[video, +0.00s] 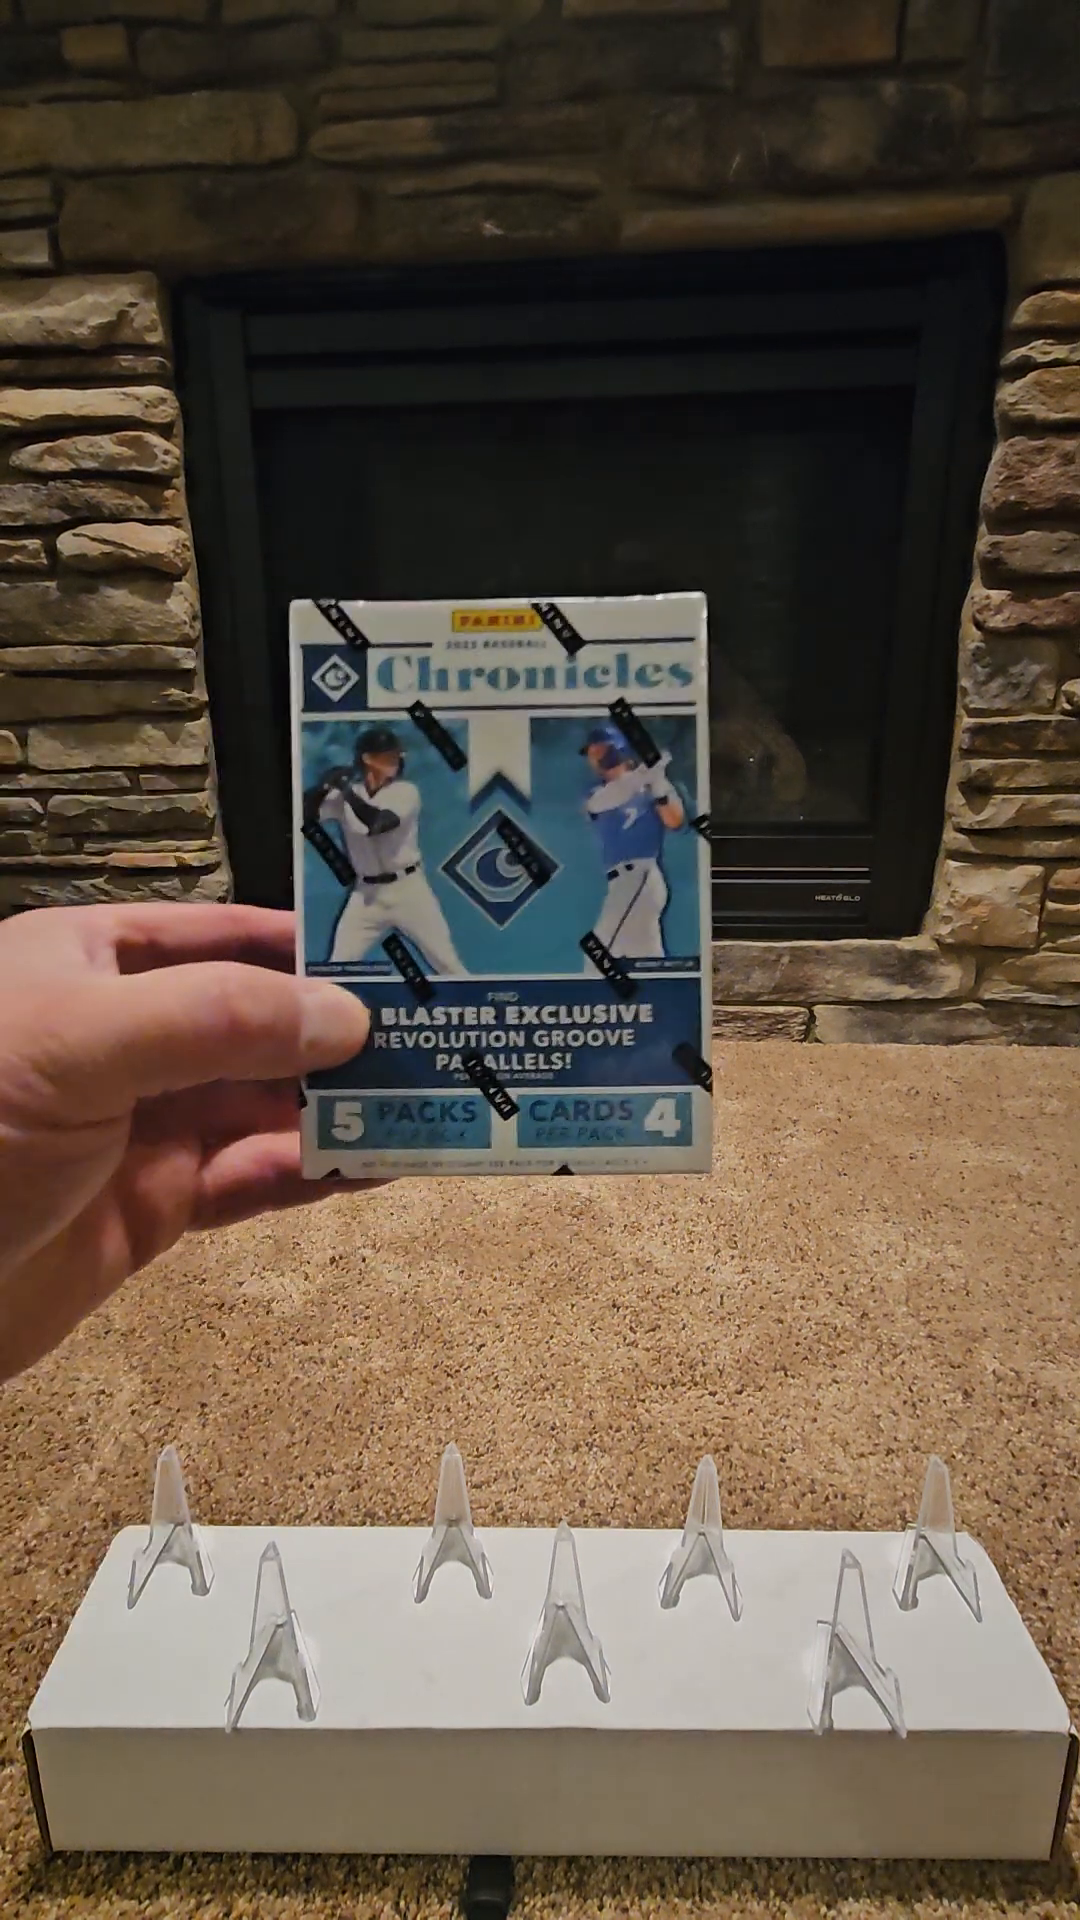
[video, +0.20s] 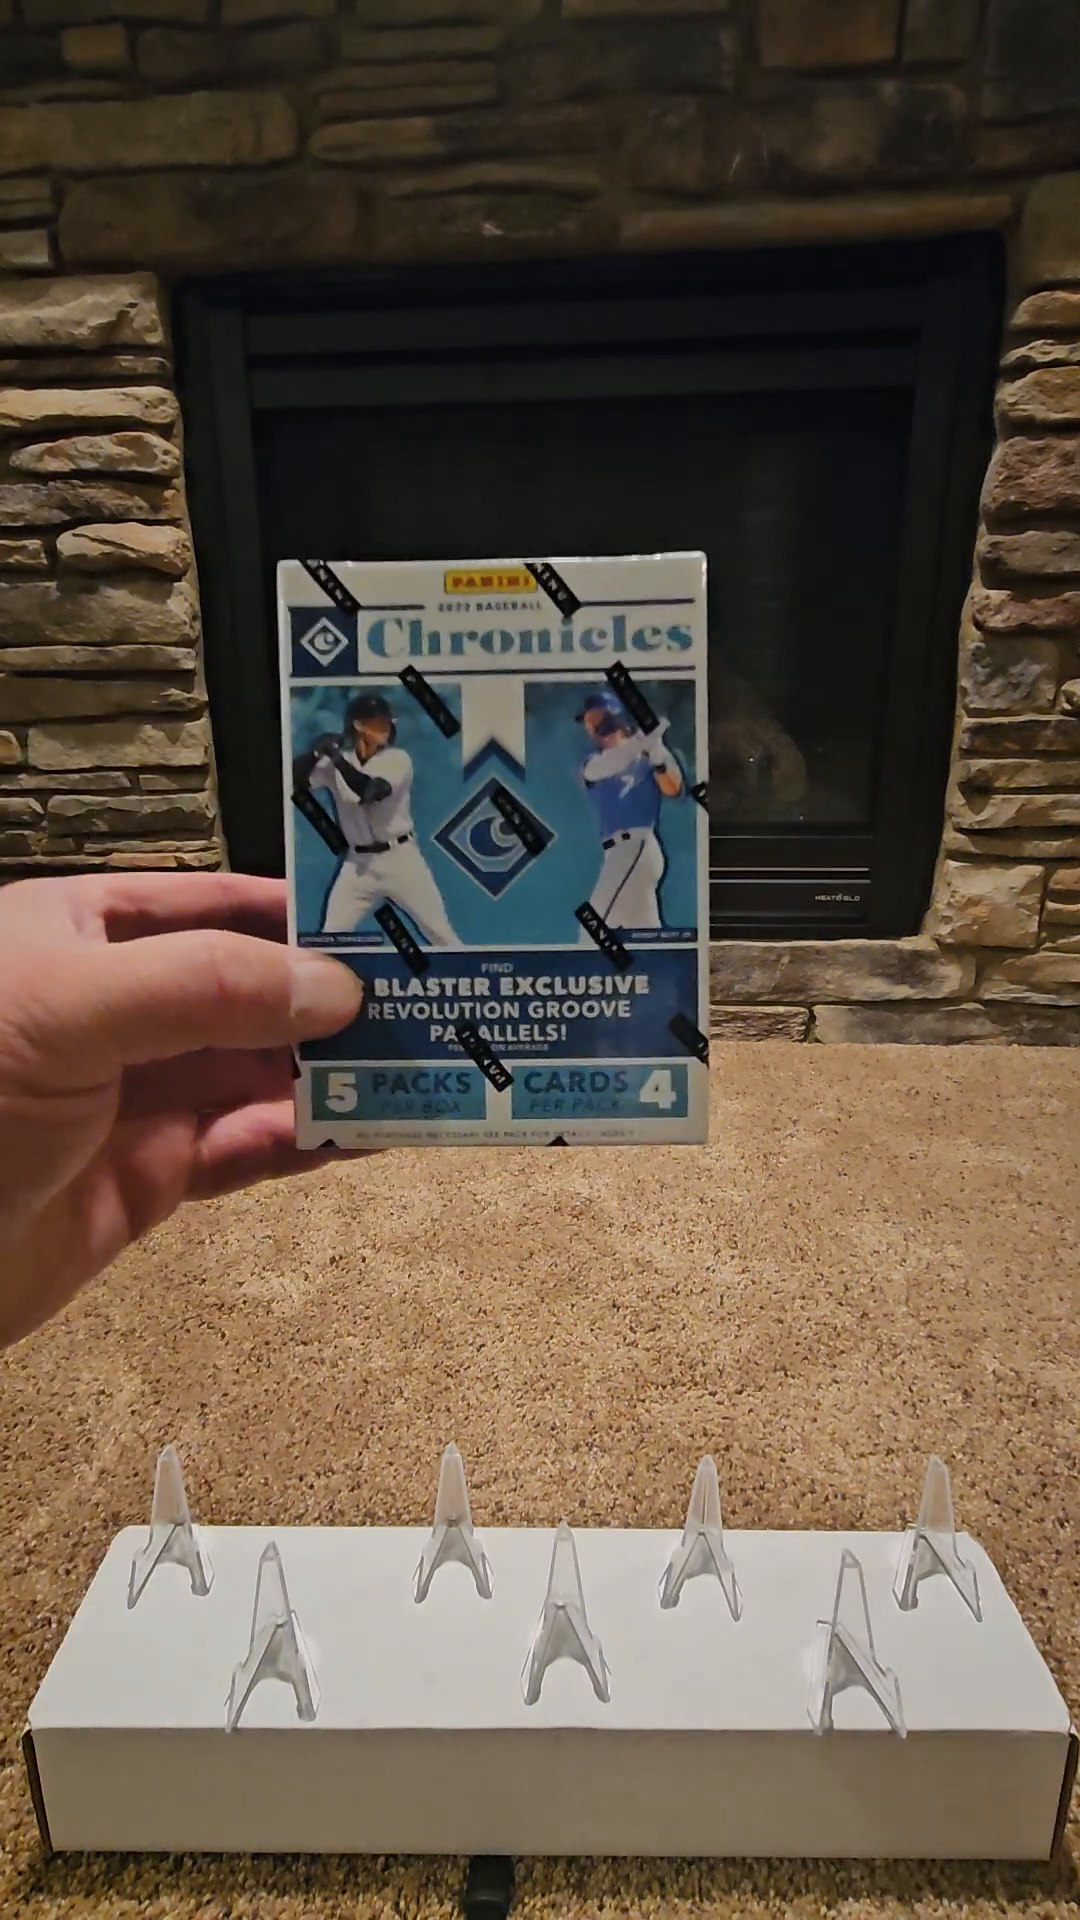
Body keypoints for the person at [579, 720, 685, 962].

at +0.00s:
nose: (597, 760)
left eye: (602, 751)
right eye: (592, 754)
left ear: (619, 752)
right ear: (589, 759)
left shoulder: (651, 783)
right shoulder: (599, 794)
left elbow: (675, 821)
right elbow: (597, 805)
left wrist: (658, 782)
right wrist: (639, 776)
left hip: (641, 880)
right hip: (621, 882)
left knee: (598, 951)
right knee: (649, 963)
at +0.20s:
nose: (592, 726)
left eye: (599, 718)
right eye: (588, 720)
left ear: (617, 719)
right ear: (585, 725)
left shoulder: (649, 751)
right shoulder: (593, 762)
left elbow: (673, 790)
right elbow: (601, 769)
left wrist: (657, 751)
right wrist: (638, 741)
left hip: (637, 848)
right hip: (616, 852)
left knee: (594, 924)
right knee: (646, 936)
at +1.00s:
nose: (622, 671)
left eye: (629, 662)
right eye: (620, 664)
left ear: (649, 664)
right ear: (619, 670)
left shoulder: (691, 702)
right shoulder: (626, 711)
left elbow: (714, 745)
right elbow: (644, 717)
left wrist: (697, 704)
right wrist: (680, 689)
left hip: (674, 807)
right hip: (651, 811)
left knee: (626, 893)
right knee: (683, 904)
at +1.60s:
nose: (626, 681)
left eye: (633, 672)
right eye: (623, 674)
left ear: (652, 673)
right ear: (621, 679)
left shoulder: (690, 709)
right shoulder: (627, 720)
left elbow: (716, 753)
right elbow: (641, 726)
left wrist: (698, 713)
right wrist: (681, 697)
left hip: (675, 815)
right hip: (651, 819)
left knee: (625, 899)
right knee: (680, 909)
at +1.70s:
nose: (627, 681)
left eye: (633, 673)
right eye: (624, 675)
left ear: (652, 674)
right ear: (622, 680)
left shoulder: (691, 710)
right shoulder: (628, 720)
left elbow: (717, 754)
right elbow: (640, 728)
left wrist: (700, 713)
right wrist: (681, 698)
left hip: (676, 816)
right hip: (652, 821)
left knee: (627, 901)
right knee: (681, 909)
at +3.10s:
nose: (619, 701)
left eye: (626, 692)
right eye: (616, 695)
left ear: (645, 693)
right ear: (614, 698)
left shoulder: (685, 731)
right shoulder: (619, 739)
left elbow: (709, 775)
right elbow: (637, 745)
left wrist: (691, 732)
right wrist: (674, 717)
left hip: (668, 836)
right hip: (645, 840)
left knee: (617, 921)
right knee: (675, 933)